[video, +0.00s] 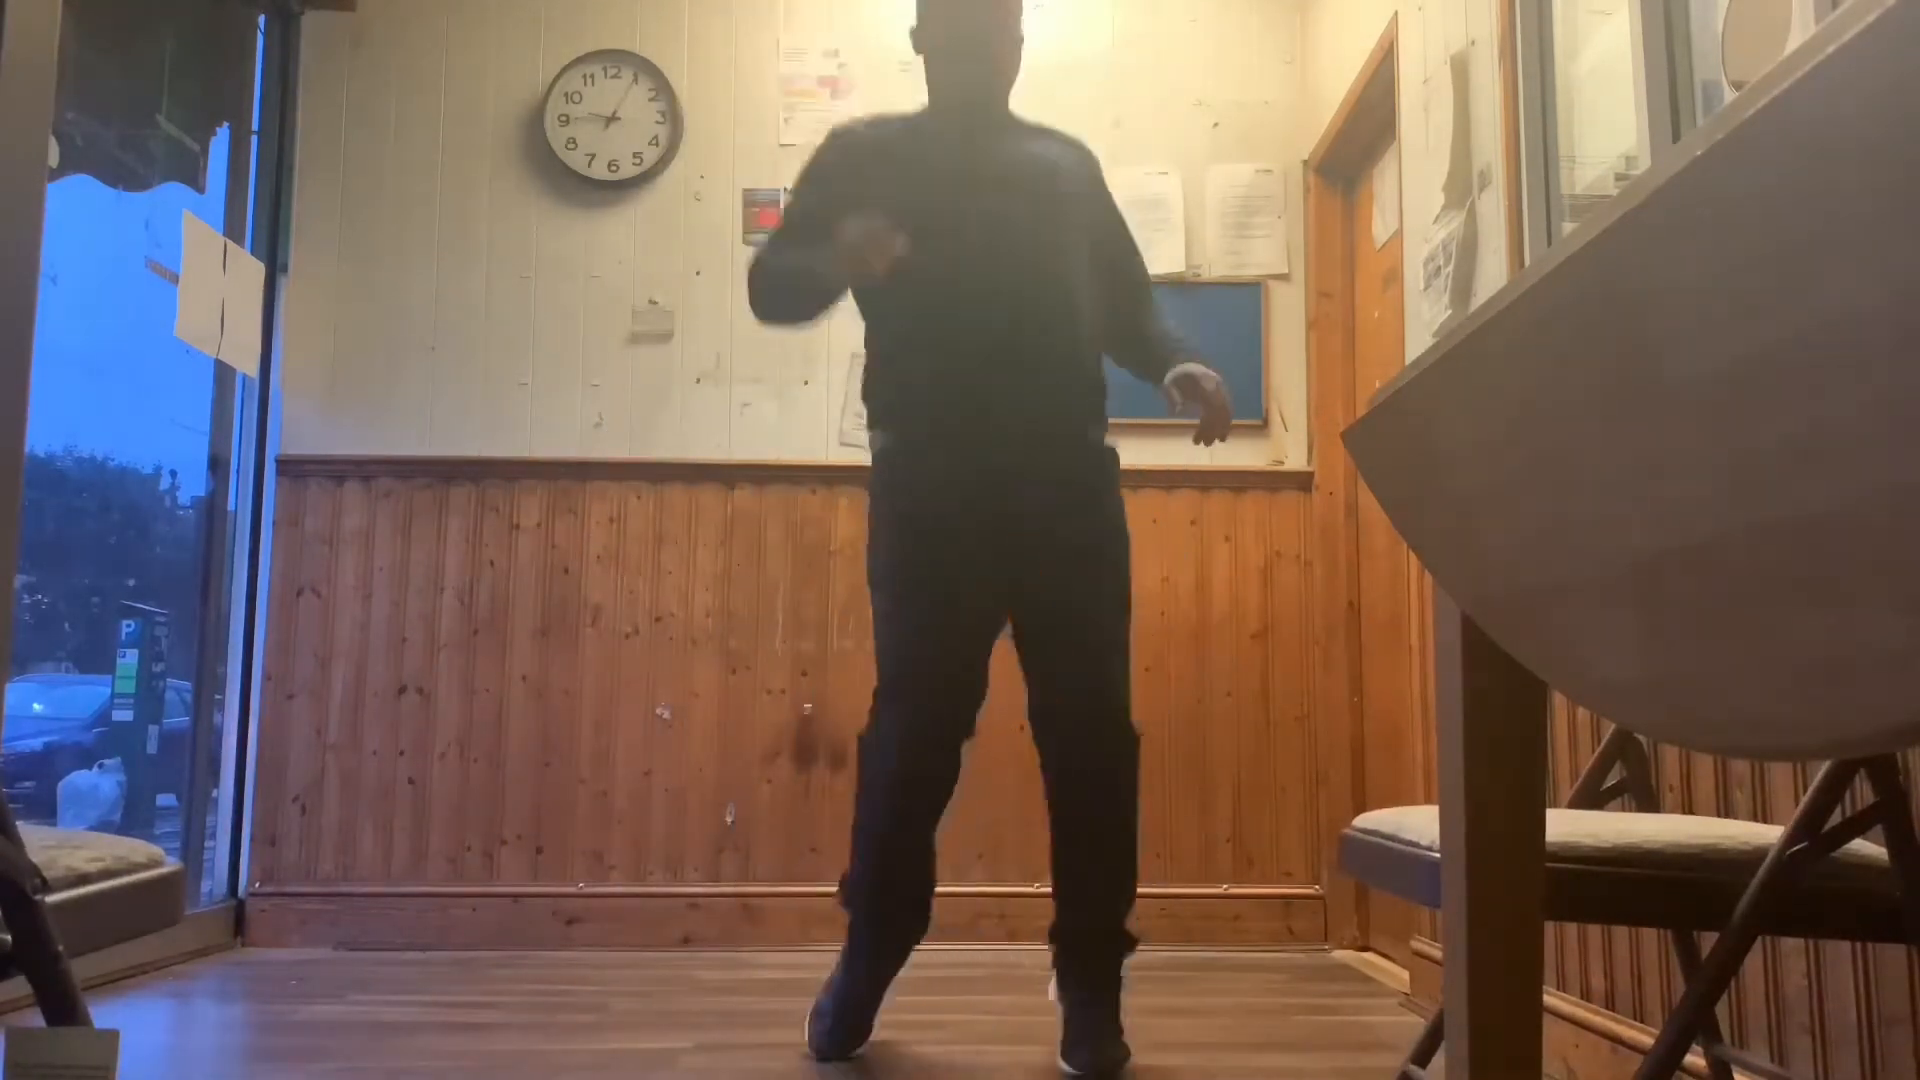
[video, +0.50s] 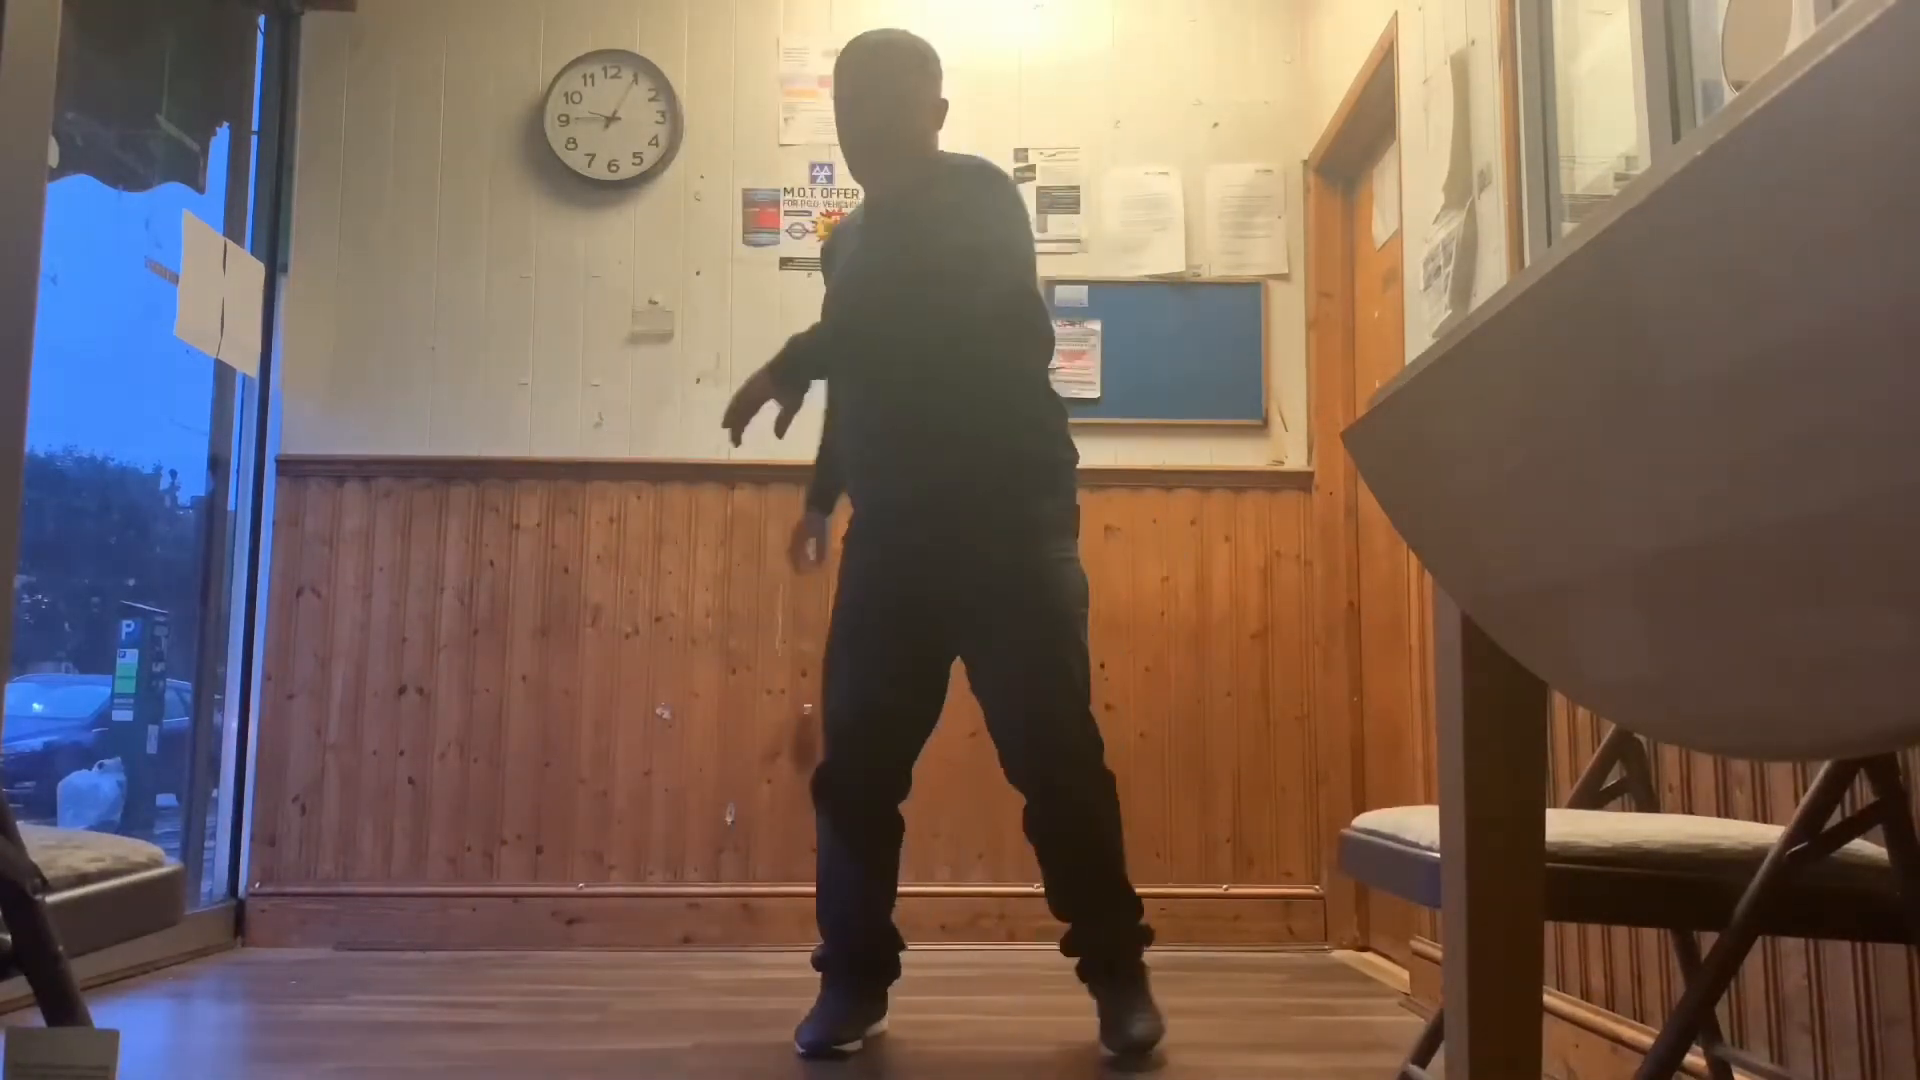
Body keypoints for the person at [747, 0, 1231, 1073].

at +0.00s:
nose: (996, 39)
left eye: (1006, 21)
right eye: (972, 20)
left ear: (1019, 42)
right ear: (925, 33)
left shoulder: (1065, 165)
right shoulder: (861, 153)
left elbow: (1123, 309)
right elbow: (771, 294)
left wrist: (1175, 363)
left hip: (1068, 489)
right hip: (932, 490)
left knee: (1091, 734)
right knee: (915, 727)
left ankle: (1092, 983)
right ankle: (871, 949)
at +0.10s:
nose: (979, 125)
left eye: (995, 105)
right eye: (956, 105)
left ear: (1019, 125)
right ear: (918, 125)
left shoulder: (1075, 258)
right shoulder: (868, 259)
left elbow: (1132, 378)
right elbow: (809, 402)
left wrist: (1167, 411)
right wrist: (827, 472)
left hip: (1058, 565)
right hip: (922, 567)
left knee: (1088, 795)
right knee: (917, 800)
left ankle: (1071, 1003)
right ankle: (849, 992)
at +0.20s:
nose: (960, 144)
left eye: (978, 123)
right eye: (936, 124)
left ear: (1006, 135)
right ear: (905, 137)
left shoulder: (1069, 260)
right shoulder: (858, 272)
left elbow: (1137, 380)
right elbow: (806, 435)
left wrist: (1099, 422)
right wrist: (795, 583)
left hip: (1051, 583)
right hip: (913, 586)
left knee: (1086, 797)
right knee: (893, 803)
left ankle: (1069, 999)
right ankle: (852, 991)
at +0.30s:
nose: (913, 119)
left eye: (934, 97)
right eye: (896, 100)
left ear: (979, 106)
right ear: (877, 114)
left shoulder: (1048, 218)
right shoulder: (843, 257)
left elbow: (1102, 345)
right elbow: (799, 409)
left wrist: (968, 393)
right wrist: (765, 553)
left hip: (1043, 555)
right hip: (904, 562)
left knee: (1075, 772)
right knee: (876, 777)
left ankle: (1074, 1000)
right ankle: (854, 985)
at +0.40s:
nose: (888, 113)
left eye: (909, 91)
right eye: (873, 94)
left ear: (954, 97)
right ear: (853, 107)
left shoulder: (1013, 184)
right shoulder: (840, 241)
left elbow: (1015, 339)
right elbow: (808, 390)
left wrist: (865, 378)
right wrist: (774, 517)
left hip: (1032, 522)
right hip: (900, 530)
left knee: (1061, 761)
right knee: (868, 763)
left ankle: (1082, 997)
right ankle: (854, 981)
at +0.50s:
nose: (856, 128)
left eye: (878, 104)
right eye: (845, 108)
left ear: (932, 103)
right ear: (838, 118)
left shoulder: (978, 191)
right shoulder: (849, 246)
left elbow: (949, 313)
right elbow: (858, 369)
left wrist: (796, 359)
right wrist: (822, 490)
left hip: (1011, 525)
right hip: (895, 533)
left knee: (1057, 756)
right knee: (856, 765)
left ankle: (1118, 971)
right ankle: (852, 978)